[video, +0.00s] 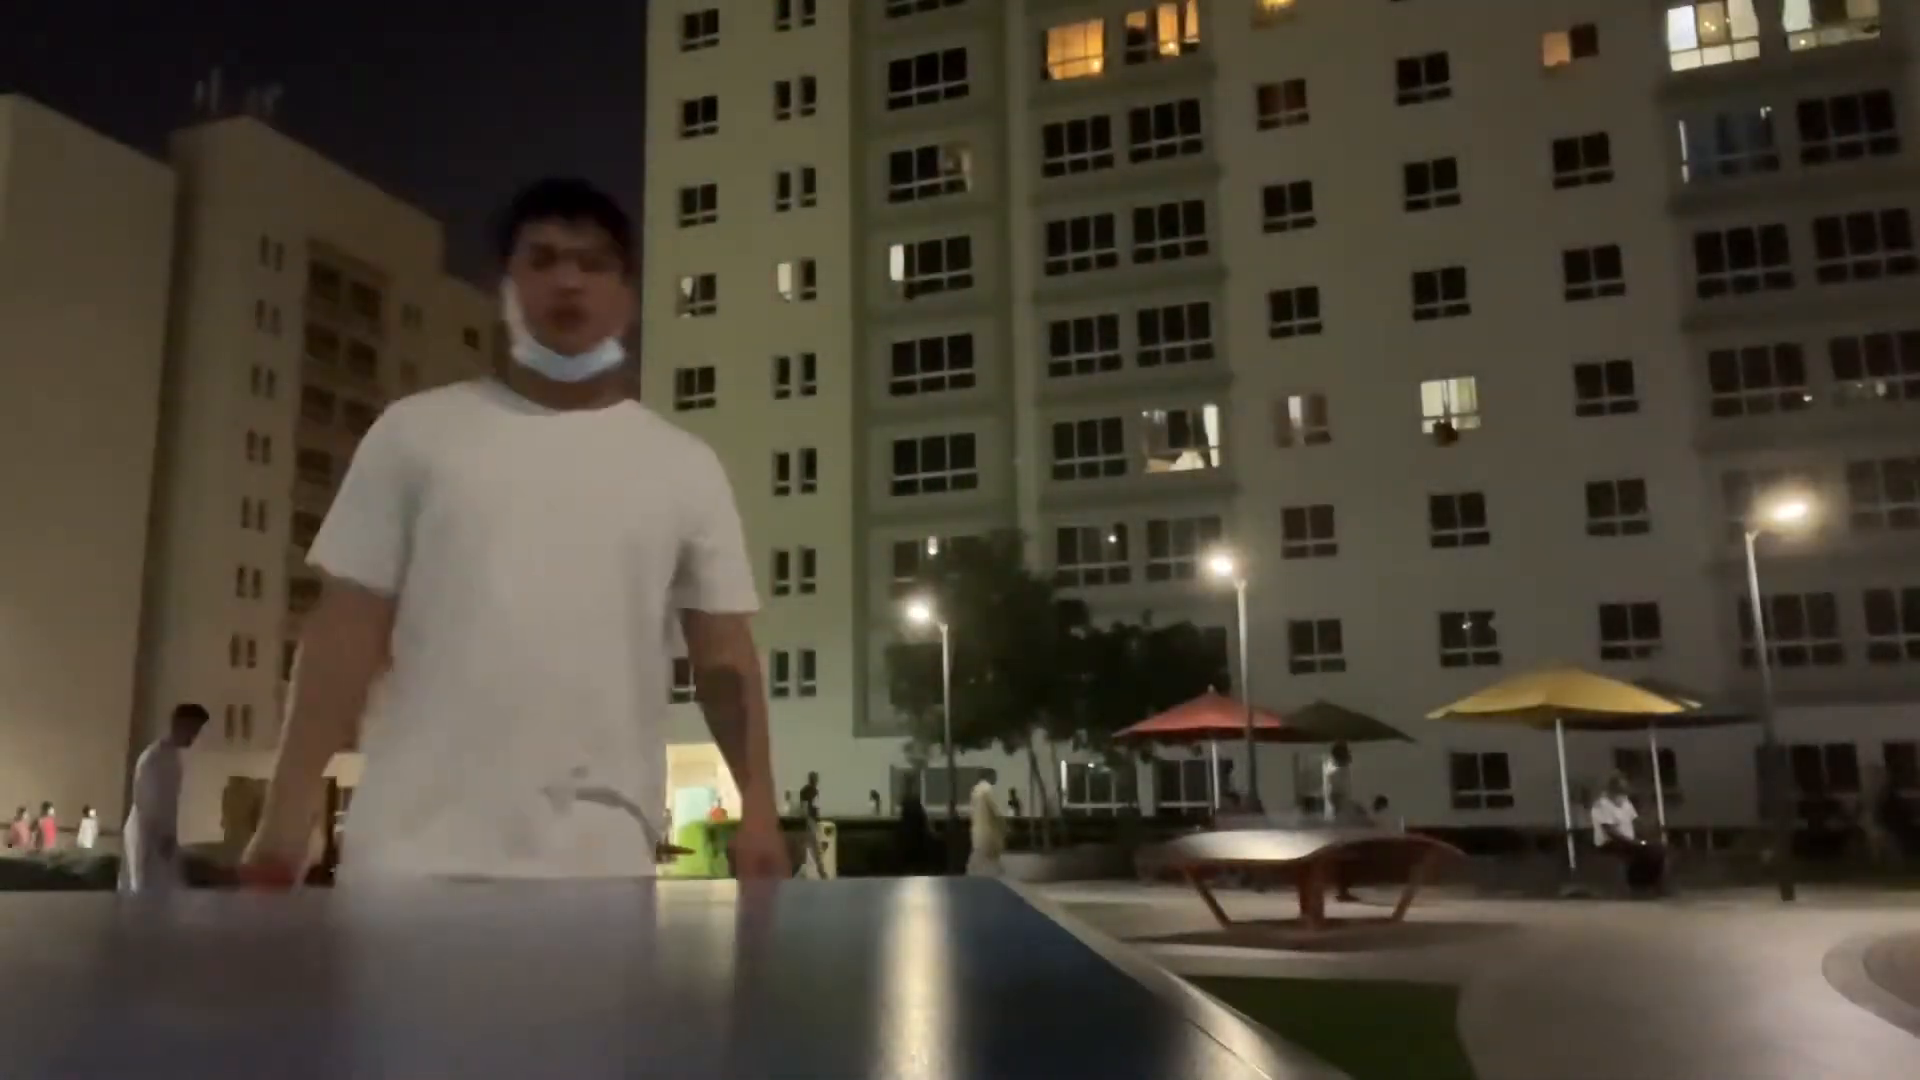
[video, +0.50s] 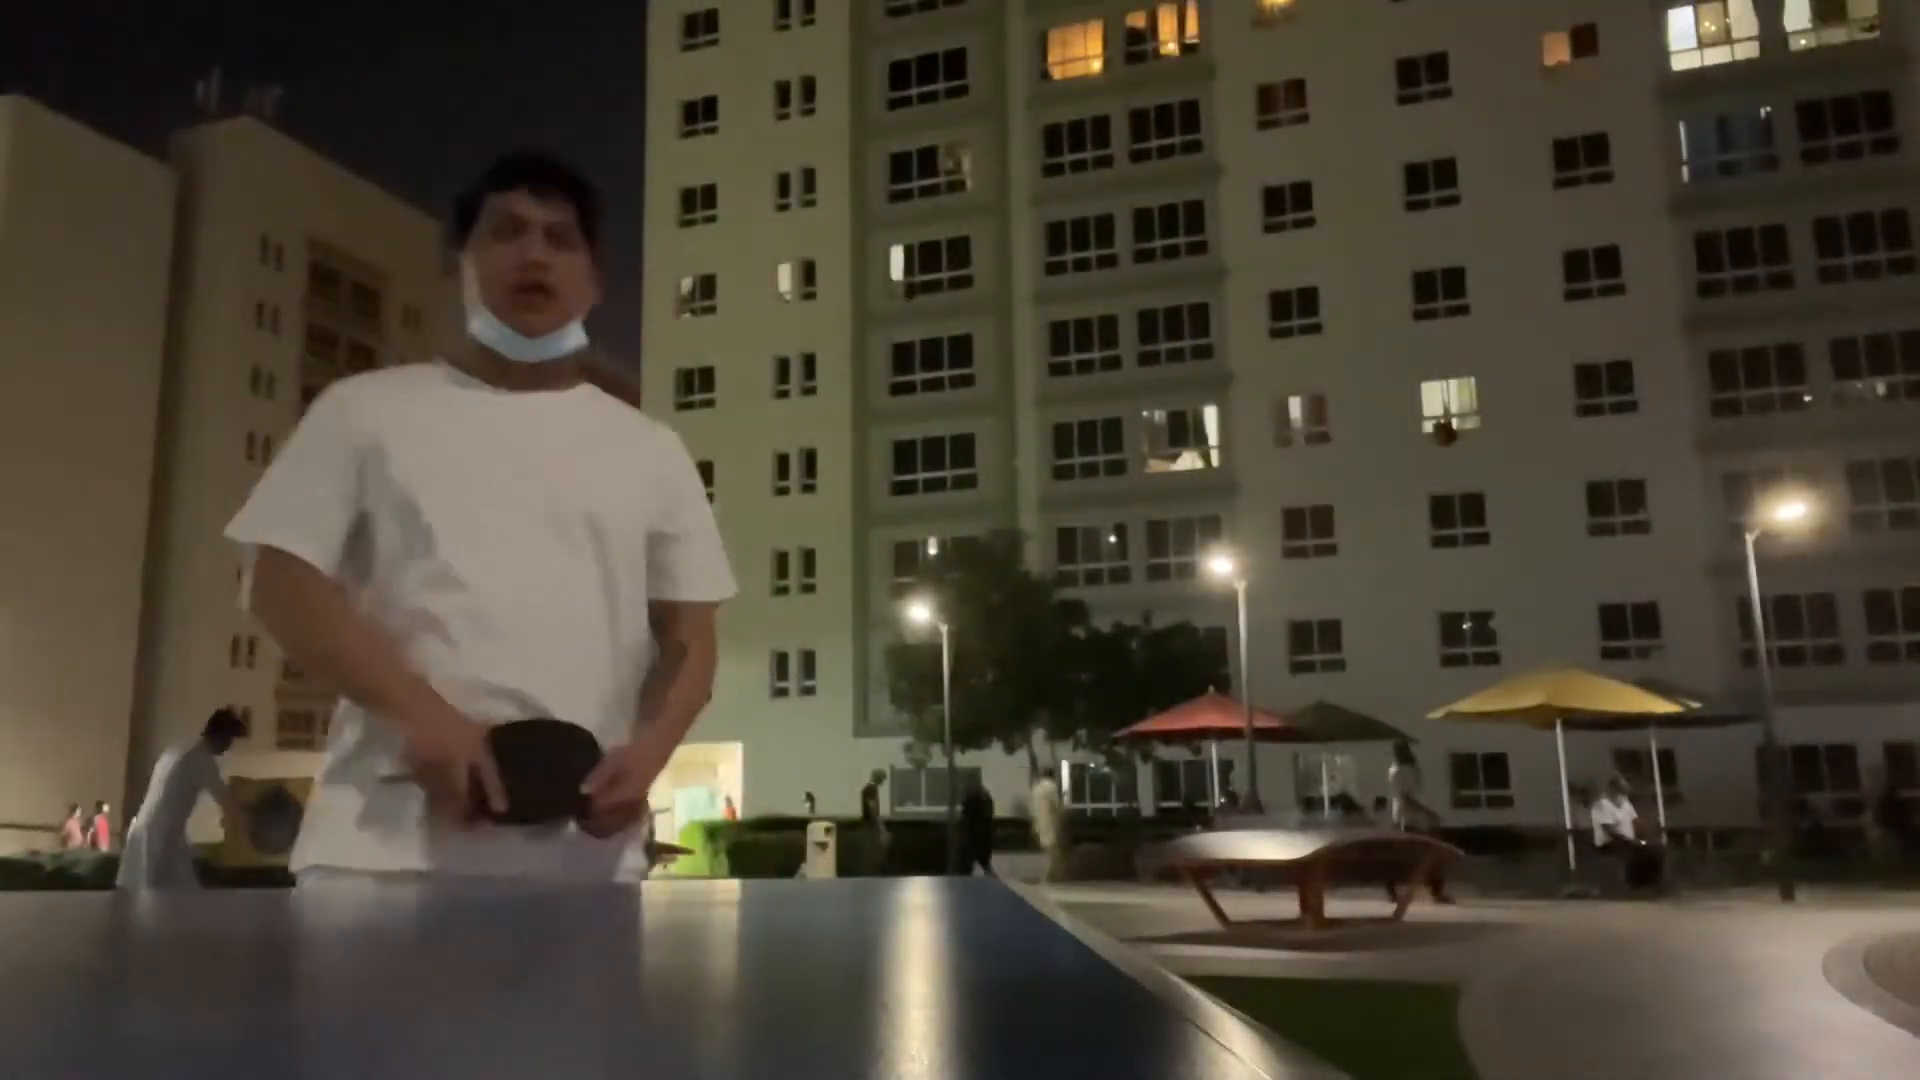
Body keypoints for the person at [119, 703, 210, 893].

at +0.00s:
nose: (194, 735)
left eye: (197, 730)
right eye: (192, 729)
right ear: (179, 725)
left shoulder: (173, 758)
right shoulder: (154, 757)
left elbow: (168, 802)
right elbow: (147, 804)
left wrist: (170, 836)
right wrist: (162, 836)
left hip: (160, 833)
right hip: (144, 832)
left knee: (158, 893)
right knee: (145, 892)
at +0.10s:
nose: (196, 736)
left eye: (199, 731)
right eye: (194, 729)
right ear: (181, 725)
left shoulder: (176, 756)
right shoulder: (155, 758)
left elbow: (170, 803)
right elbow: (148, 807)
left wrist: (170, 836)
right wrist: (162, 837)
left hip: (162, 832)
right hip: (145, 832)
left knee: (160, 893)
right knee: (145, 892)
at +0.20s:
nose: (205, 739)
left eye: (207, 733)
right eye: (204, 732)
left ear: (186, 727)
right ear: (191, 729)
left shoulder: (170, 751)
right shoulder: (169, 754)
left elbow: (172, 804)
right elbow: (171, 804)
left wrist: (192, 835)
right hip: (152, 833)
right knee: (156, 896)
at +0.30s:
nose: (212, 743)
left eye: (214, 737)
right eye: (211, 736)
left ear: (193, 728)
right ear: (200, 731)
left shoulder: (165, 750)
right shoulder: (177, 754)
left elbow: (191, 794)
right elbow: (191, 795)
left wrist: (219, 811)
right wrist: (221, 811)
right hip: (154, 836)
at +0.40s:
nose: (218, 746)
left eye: (220, 740)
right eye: (217, 738)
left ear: (198, 728)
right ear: (207, 733)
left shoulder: (166, 748)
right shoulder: (188, 756)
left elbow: (210, 792)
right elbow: (211, 792)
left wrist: (236, 804)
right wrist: (239, 806)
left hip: (136, 826)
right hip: (156, 831)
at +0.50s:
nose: (228, 747)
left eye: (230, 740)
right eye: (227, 739)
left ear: (209, 730)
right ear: (218, 735)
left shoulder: (173, 752)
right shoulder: (202, 760)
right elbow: (224, 799)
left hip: (140, 831)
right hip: (164, 835)